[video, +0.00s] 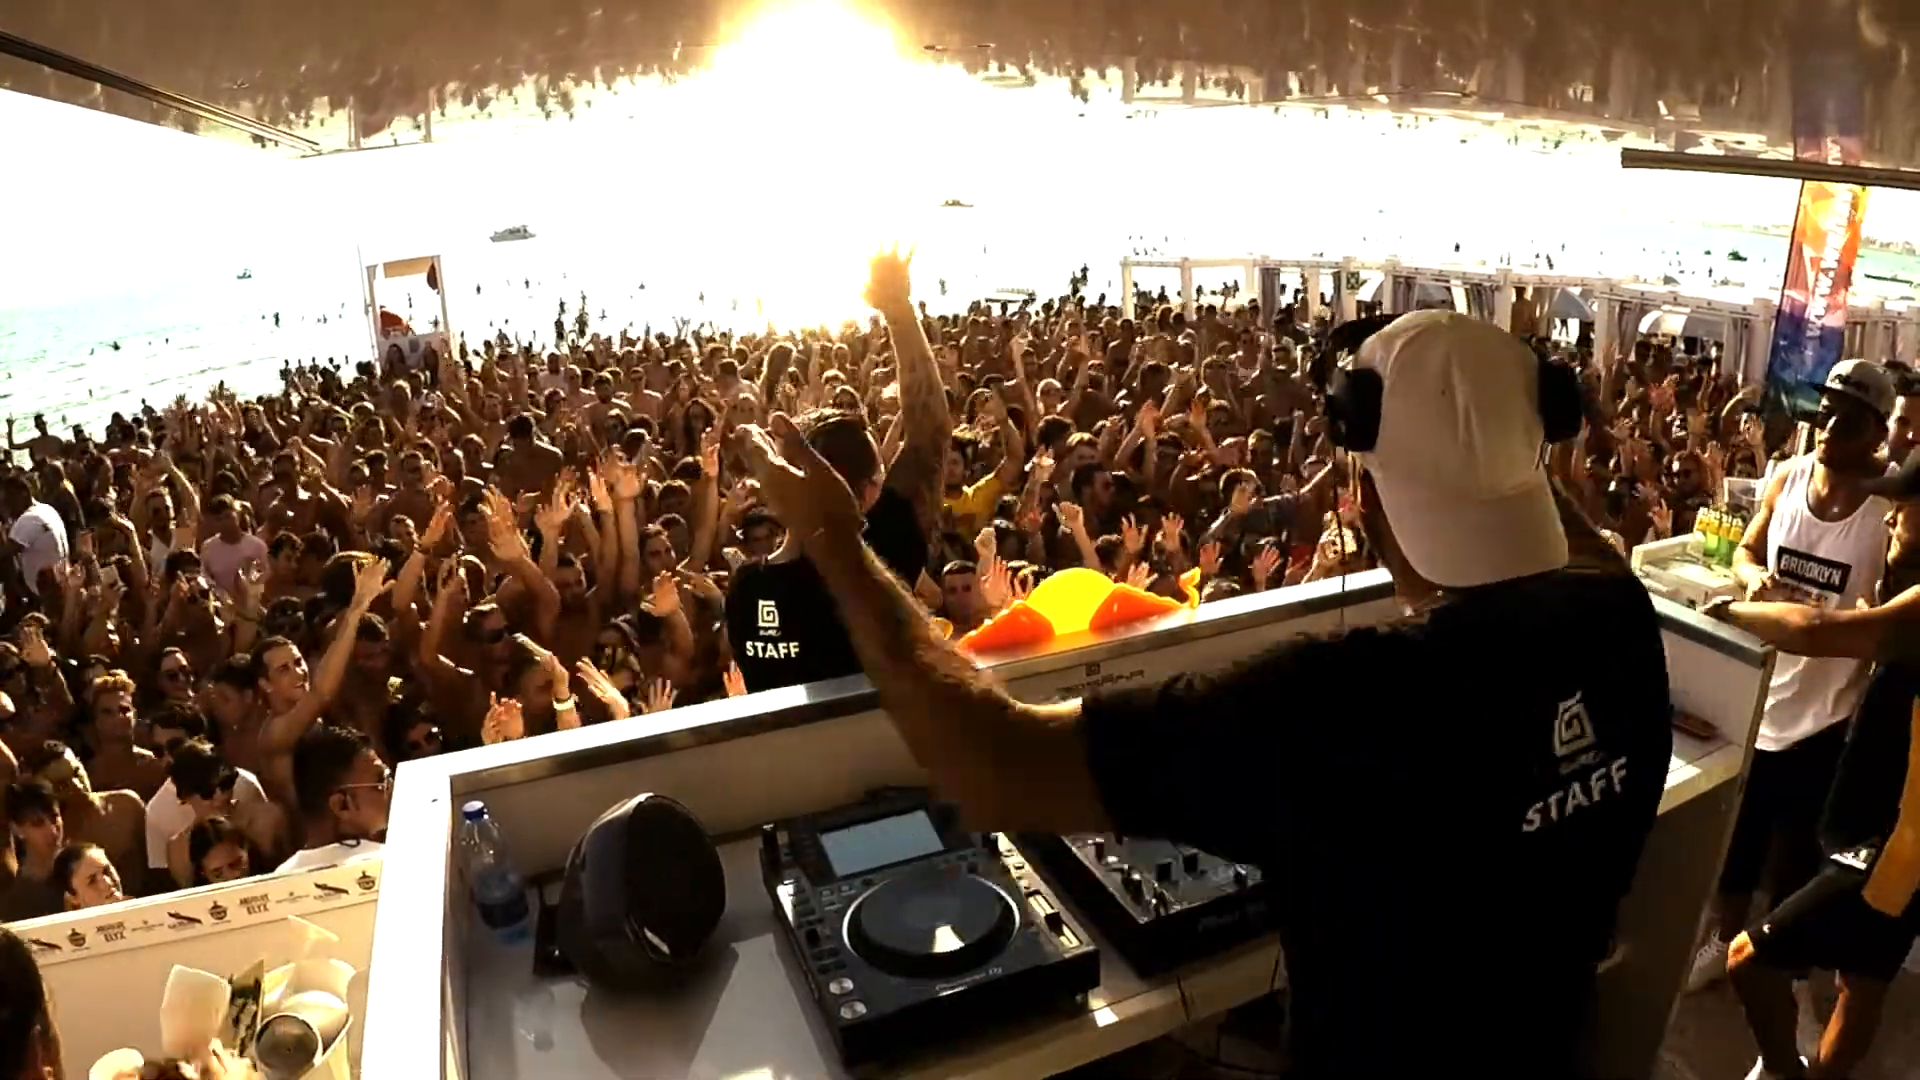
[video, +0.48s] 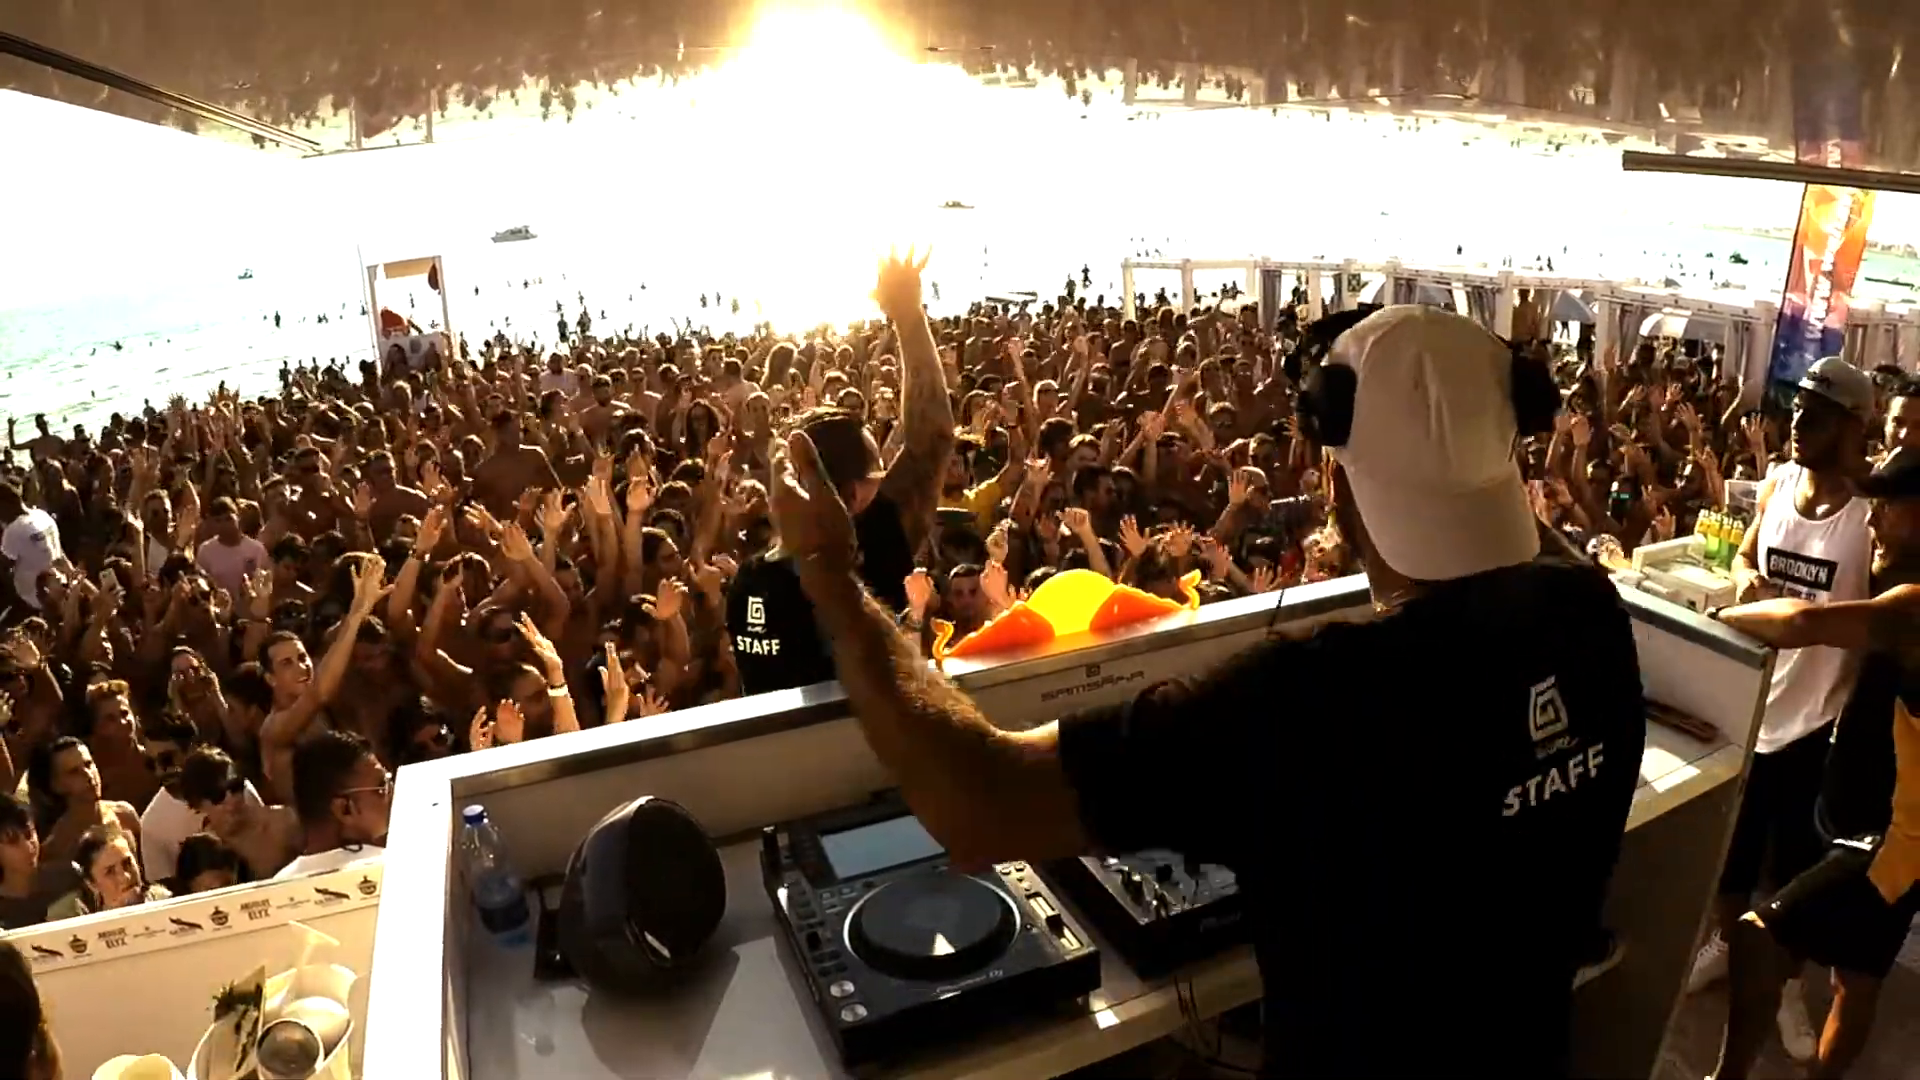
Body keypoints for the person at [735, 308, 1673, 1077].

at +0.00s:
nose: (1358, 482)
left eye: (1364, 455)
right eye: (1363, 452)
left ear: (1391, 481)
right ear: (1534, 461)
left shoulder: (1351, 702)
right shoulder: (1616, 619)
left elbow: (994, 768)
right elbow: (1562, 533)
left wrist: (840, 553)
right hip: (1551, 1066)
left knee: (1085, 1050)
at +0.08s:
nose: (1347, 478)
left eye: (1353, 446)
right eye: (1352, 445)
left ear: (1385, 475)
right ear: (1541, 462)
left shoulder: (1355, 695)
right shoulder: (1625, 622)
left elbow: (1020, 839)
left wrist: (756, 678)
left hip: (1373, 1079)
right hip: (1562, 1059)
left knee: (1097, 1052)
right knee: (1190, 1017)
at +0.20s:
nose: (1324, 531)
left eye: (1327, 499)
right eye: (1326, 497)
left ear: (1352, 516)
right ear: (1499, 496)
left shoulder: (1344, 737)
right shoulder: (1603, 658)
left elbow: (1169, 1025)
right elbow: (1743, 814)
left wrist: (859, 1070)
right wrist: (1829, 710)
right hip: (1549, 1072)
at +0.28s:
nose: (1320, 484)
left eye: (1325, 454)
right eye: (1330, 450)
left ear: (1351, 484)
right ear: (1495, 465)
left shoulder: (1344, 705)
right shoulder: (1596, 629)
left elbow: (1139, 1011)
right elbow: (1715, 799)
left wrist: (782, 1059)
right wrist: (1802, 719)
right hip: (1541, 1071)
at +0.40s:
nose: (1328, 492)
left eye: (1335, 466)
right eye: (1336, 461)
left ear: (1360, 501)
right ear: (1524, 486)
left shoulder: (1327, 723)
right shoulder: (1602, 639)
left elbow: (982, 854)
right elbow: (1622, 603)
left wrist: (742, 678)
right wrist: (1590, 499)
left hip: (1360, 1076)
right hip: (1549, 1054)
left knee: (1076, 1046)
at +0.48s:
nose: (1328, 477)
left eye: (1331, 451)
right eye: (1333, 445)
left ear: (1350, 477)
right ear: (1511, 450)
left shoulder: (1313, 694)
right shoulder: (1592, 615)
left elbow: (984, 805)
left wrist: (836, 581)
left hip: (1341, 1074)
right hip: (1535, 1054)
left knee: (1085, 1053)